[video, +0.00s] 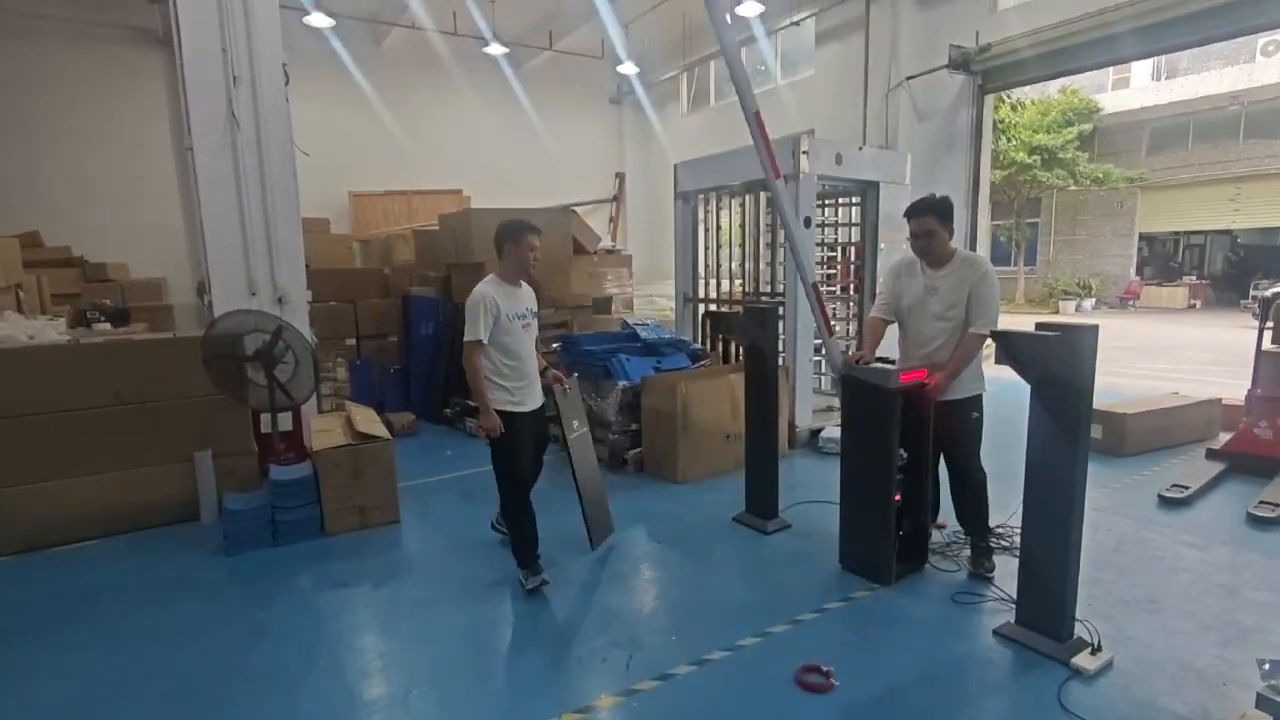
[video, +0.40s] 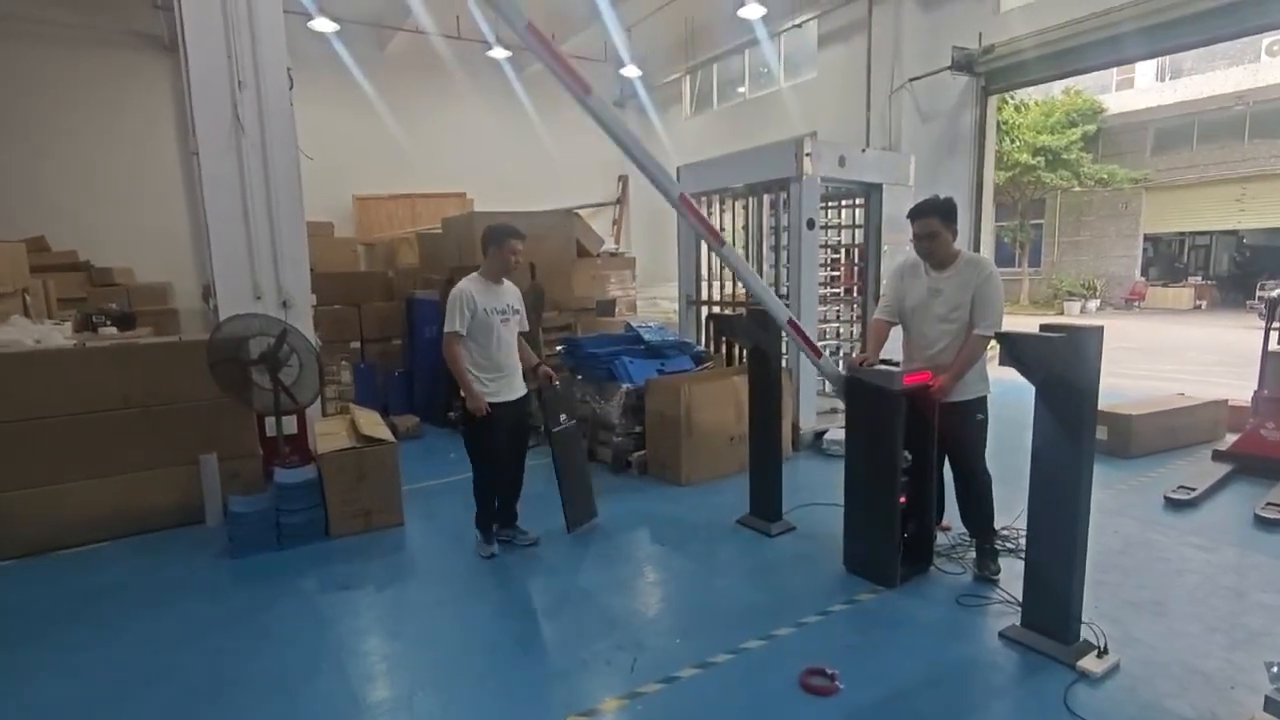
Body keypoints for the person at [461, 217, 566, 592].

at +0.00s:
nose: (535, 258)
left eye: (537, 251)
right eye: (529, 251)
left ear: (528, 253)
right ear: (506, 250)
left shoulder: (527, 293)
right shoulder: (482, 296)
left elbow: (525, 347)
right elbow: (471, 357)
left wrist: (546, 371)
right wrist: (484, 409)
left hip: (533, 405)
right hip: (505, 411)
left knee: (530, 472)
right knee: (516, 488)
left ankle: (505, 517)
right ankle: (528, 564)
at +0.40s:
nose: (518, 261)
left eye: (520, 254)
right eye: (513, 253)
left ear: (513, 256)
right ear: (492, 252)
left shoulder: (512, 292)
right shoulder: (463, 292)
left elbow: (517, 339)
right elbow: (451, 346)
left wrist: (537, 365)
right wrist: (470, 391)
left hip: (516, 397)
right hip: (483, 400)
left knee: (514, 466)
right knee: (487, 469)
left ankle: (508, 526)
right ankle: (486, 530)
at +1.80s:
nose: (551, 263)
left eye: (553, 257)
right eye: (545, 257)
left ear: (553, 258)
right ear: (528, 256)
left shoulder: (549, 291)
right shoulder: (510, 293)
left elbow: (554, 334)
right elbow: (503, 342)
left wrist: (573, 356)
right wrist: (514, 385)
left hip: (552, 385)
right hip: (528, 388)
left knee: (552, 449)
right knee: (537, 453)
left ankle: (546, 504)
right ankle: (532, 514)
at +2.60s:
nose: (590, 260)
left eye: (592, 254)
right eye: (584, 254)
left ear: (589, 254)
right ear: (565, 253)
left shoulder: (589, 286)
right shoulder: (545, 292)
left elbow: (600, 329)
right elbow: (537, 342)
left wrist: (617, 360)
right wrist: (550, 386)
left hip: (597, 386)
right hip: (566, 391)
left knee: (607, 446)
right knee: (569, 456)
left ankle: (600, 503)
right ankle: (577, 514)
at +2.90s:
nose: (607, 257)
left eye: (609, 251)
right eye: (601, 251)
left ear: (608, 251)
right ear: (582, 250)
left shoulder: (605, 285)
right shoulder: (562, 289)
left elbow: (607, 333)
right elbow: (553, 339)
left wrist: (616, 368)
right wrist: (571, 383)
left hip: (612, 386)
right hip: (582, 390)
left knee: (618, 451)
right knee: (581, 455)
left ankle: (617, 509)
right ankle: (579, 514)